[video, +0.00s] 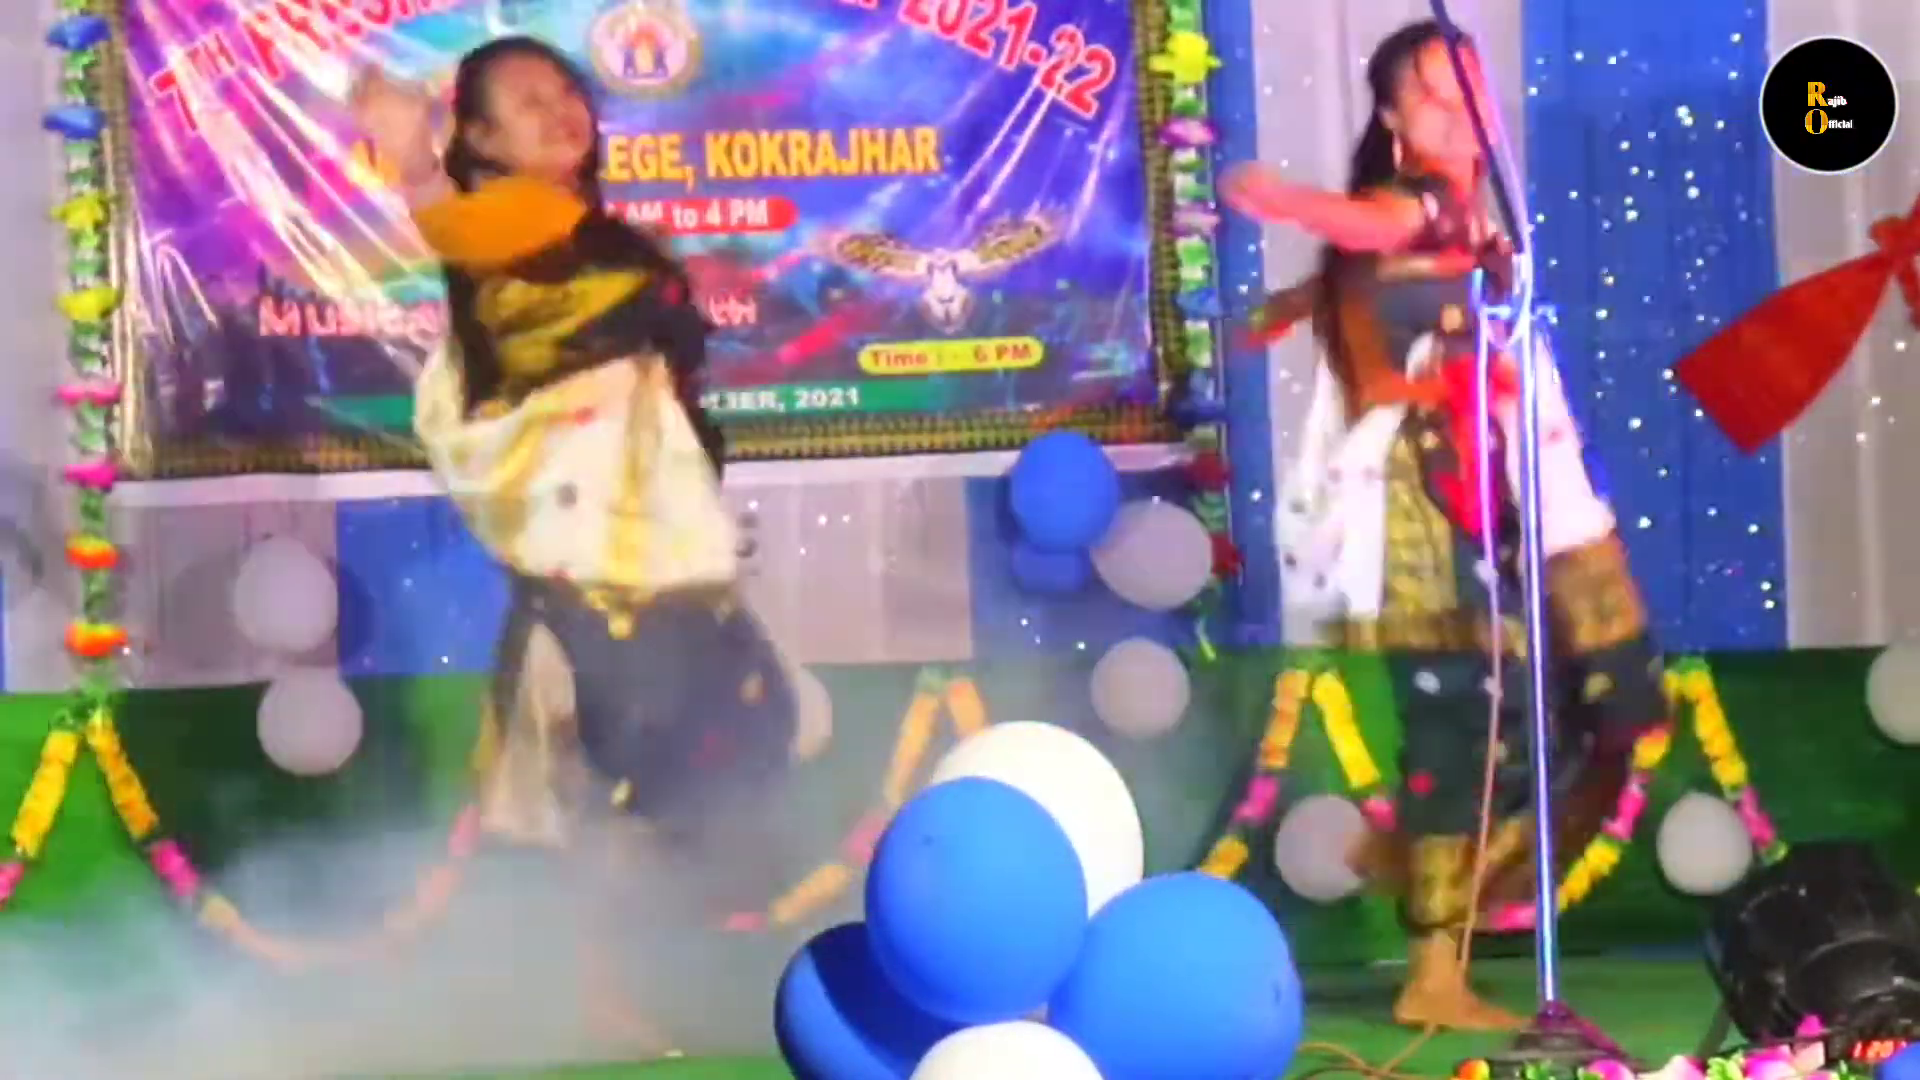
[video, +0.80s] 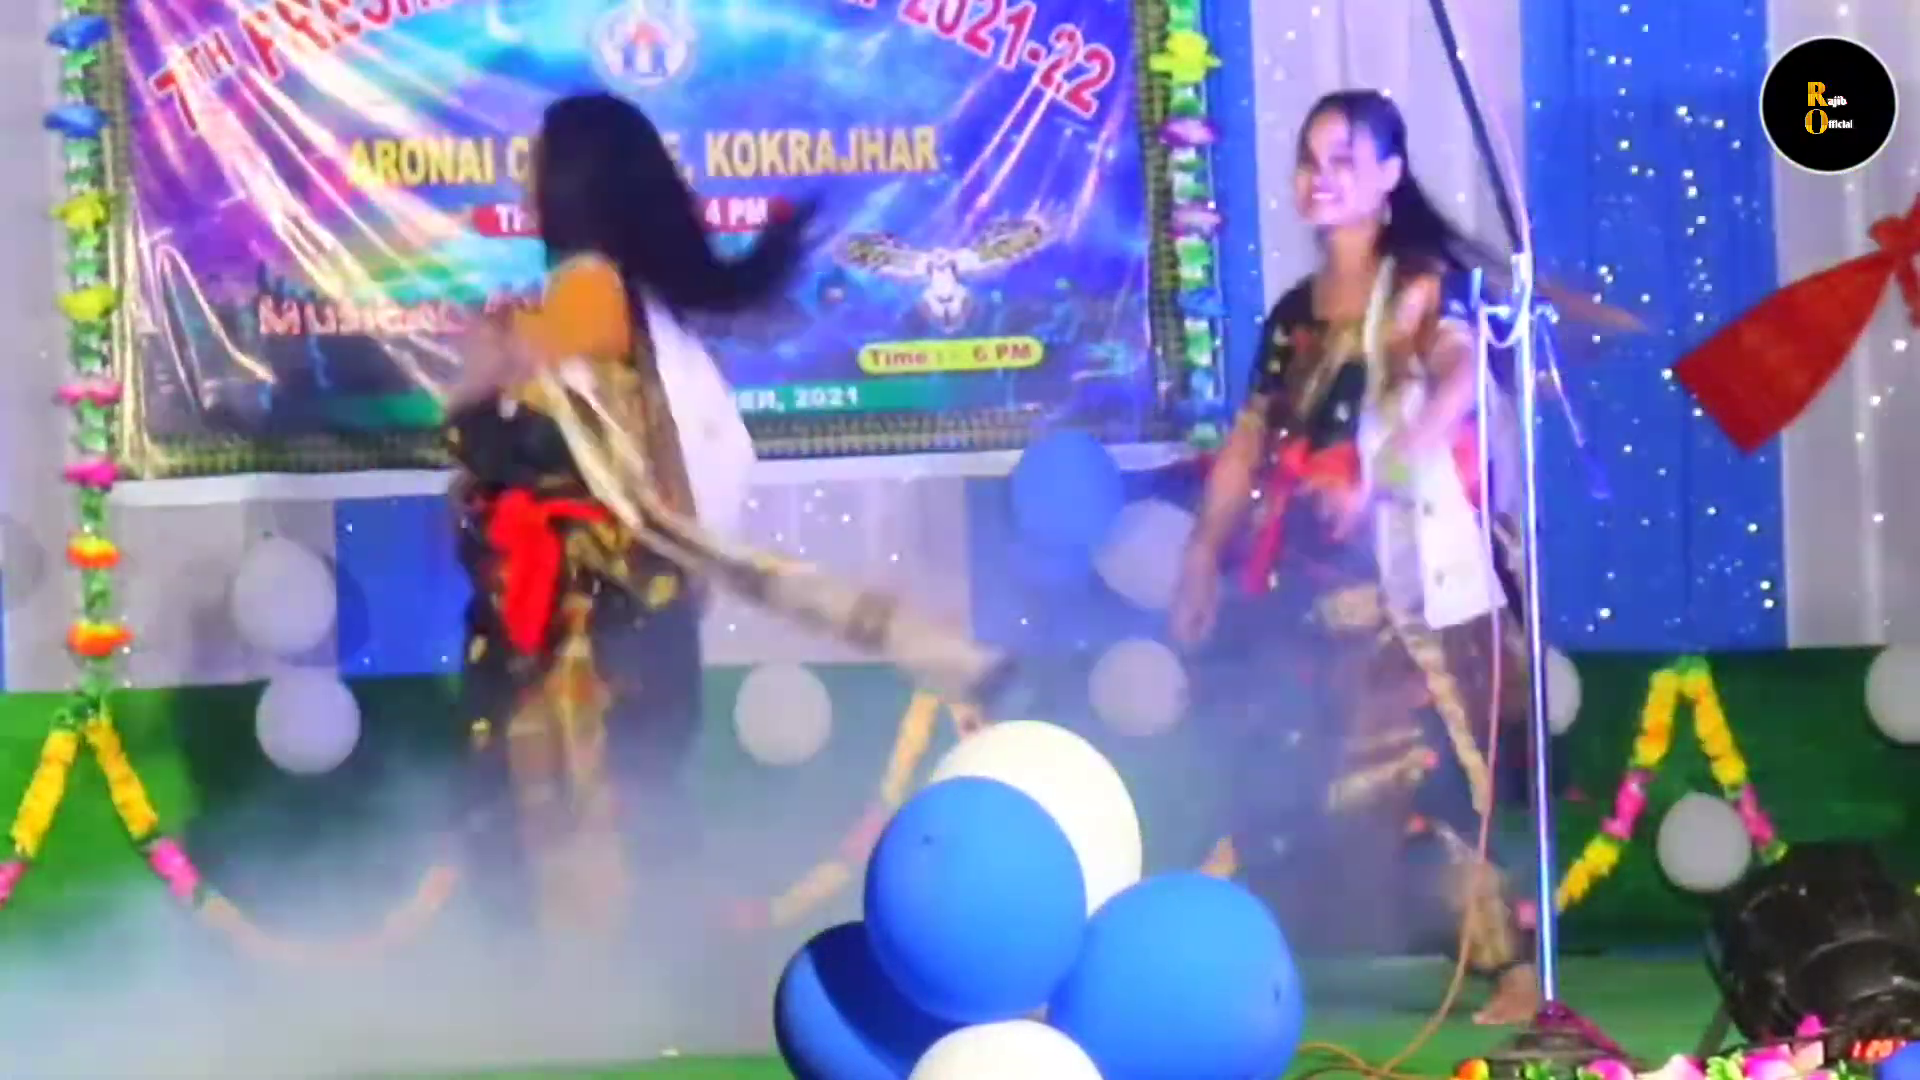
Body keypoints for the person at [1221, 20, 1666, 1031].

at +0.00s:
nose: (1462, 114)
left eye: (1468, 93)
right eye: (1438, 98)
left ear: (1485, 105)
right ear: (1396, 122)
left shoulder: (1470, 213)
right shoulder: (1390, 221)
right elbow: (1369, 389)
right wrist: (1447, 386)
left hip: (1493, 507)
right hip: (1423, 515)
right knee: (1460, 730)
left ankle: (1441, 978)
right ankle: (1437, 981)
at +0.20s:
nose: (1427, 162)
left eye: (1448, 140)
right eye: (1412, 143)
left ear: (1491, 153)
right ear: (1395, 169)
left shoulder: (1527, 292)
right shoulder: (1368, 302)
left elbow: (1590, 447)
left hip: (1517, 562)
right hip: (1409, 569)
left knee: (1589, 757)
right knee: (1462, 744)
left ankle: (1499, 962)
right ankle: (1441, 986)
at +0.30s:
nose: (1421, 181)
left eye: (1441, 161)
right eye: (1404, 166)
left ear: (1482, 175)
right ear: (1389, 184)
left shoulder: (1536, 292)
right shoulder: (1371, 292)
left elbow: (1579, 417)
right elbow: (1321, 413)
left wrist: (1629, 511)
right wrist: (1365, 525)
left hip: (1532, 528)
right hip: (1425, 529)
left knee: (1556, 729)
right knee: (1443, 731)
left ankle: (1549, 952)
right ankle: (1424, 956)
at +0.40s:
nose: (1397, 155)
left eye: (1415, 135)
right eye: (1382, 140)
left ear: (1460, 143)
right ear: (1366, 154)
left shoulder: (1522, 252)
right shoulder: (1347, 268)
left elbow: (1618, 369)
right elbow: (1314, 397)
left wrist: (1565, 287)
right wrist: (1414, 336)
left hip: (1516, 519)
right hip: (1396, 529)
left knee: (1525, 733)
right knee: (1401, 733)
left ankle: (1498, 961)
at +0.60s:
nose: (1348, 130)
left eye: (1366, 110)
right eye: (1338, 113)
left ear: (1421, 106)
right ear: (1330, 117)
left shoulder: (1481, 201)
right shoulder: (1323, 230)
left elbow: (1483, 279)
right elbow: (1275, 369)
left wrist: (1366, 207)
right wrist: (1305, 267)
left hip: (1476, 512)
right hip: (1358, 511)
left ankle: (1518, 964)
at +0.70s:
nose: (1337, 157)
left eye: (1356, 139)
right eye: (1327, 139)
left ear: (1409, 143)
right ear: (1319, 149)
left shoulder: (1467, 242)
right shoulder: (1315, 269)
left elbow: (1482, 340)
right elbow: (1280, 407)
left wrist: (1350, 332)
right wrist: (1251, 400)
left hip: (1446, 527)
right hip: (1337, 525)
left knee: (1441, 743)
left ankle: (1508, 960)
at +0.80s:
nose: (1318, 181)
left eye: (1342, 164)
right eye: (1309, 163)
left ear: (1390, 176)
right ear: (1298, 177)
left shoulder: (1430, 283)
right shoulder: (1295, 313)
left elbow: (1458, 374)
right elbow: (1242, 447)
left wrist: (1397, 452)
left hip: (1428, 590)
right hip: (1332, 595)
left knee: (1438, 790)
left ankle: (1514, 973)